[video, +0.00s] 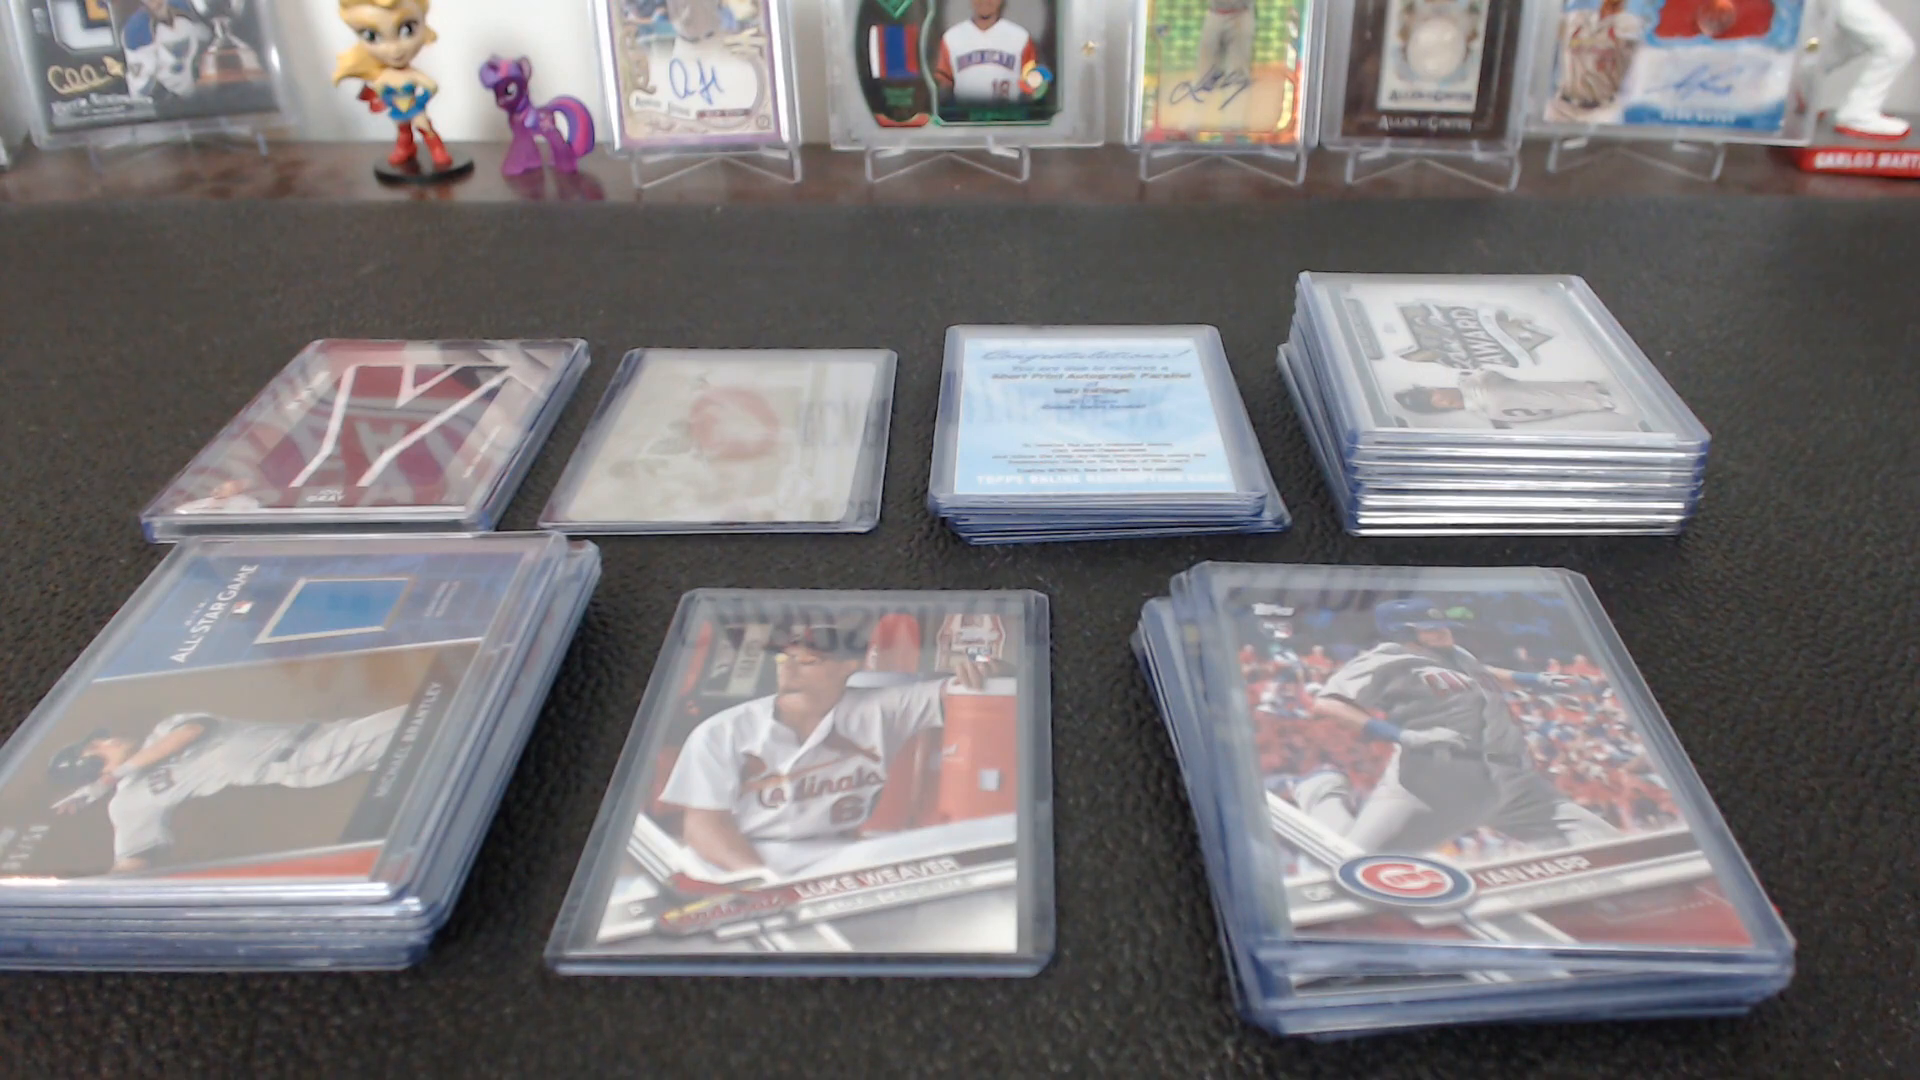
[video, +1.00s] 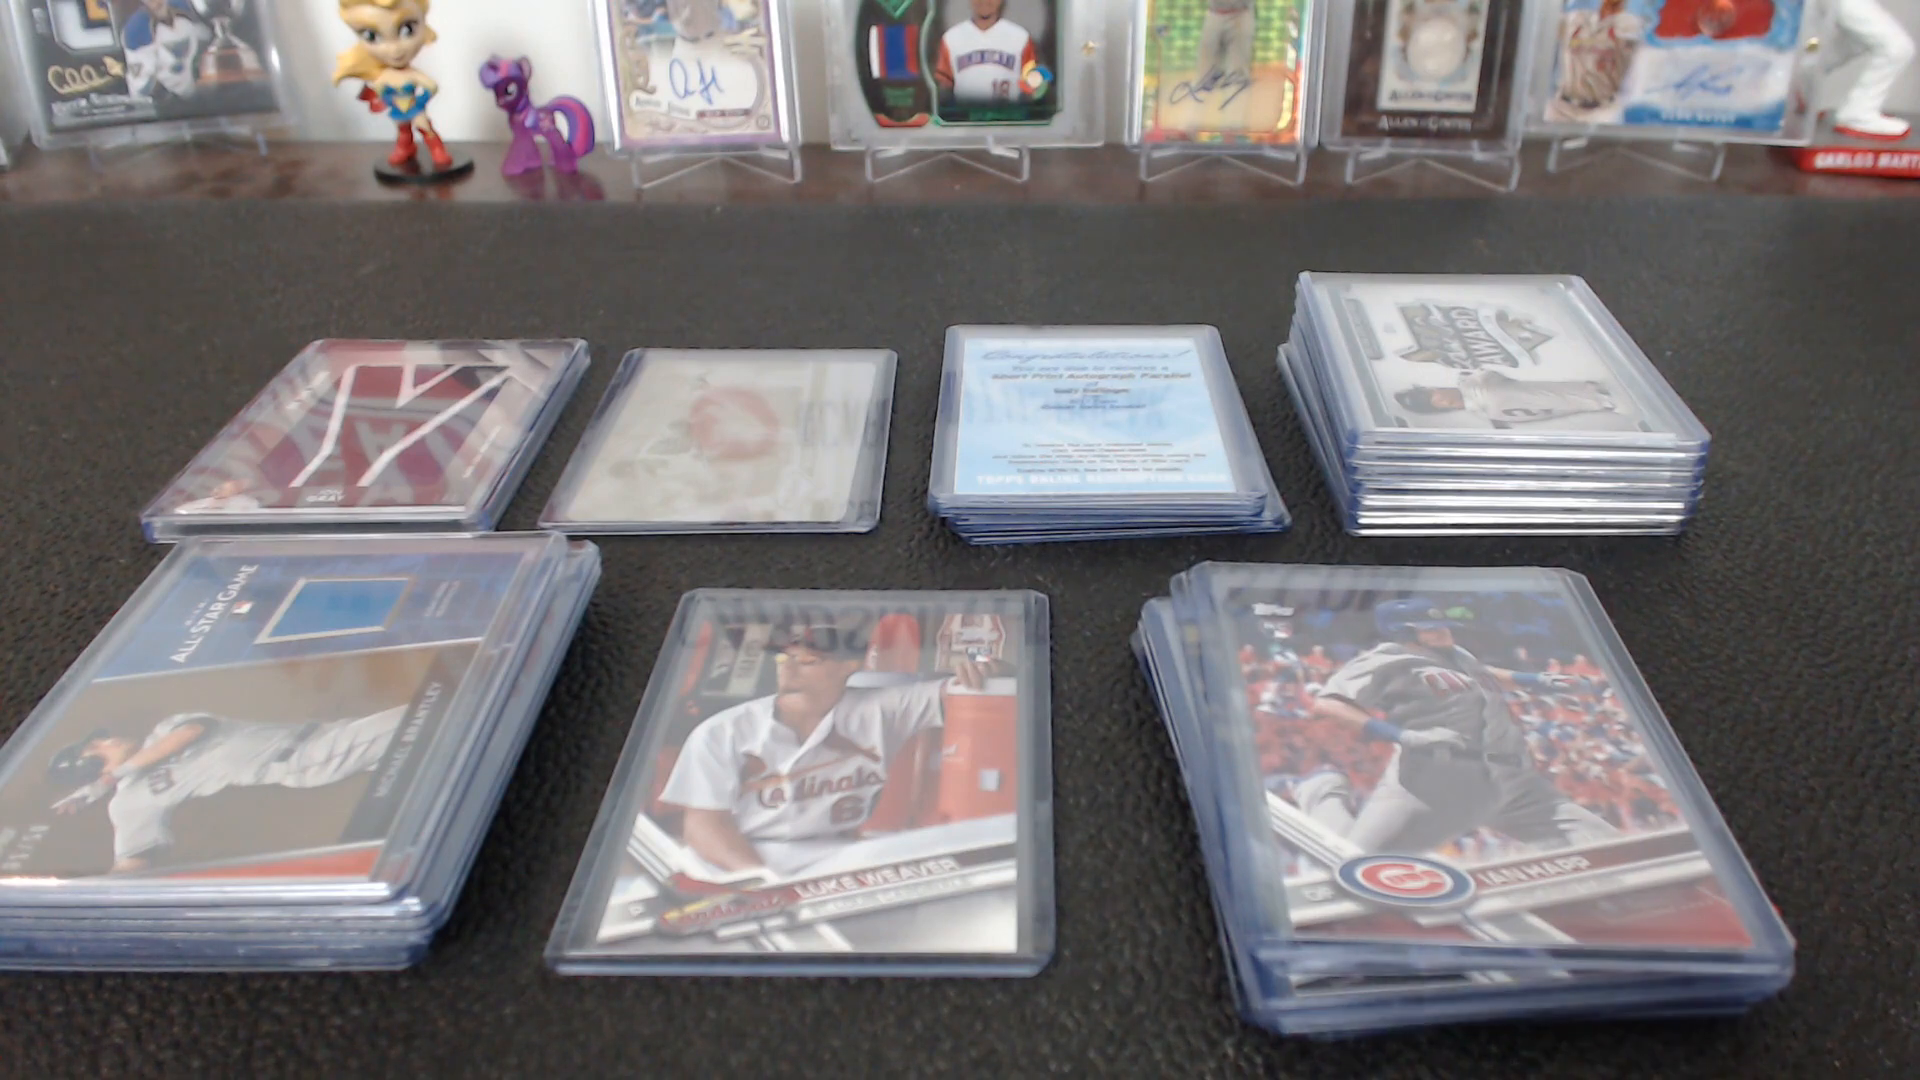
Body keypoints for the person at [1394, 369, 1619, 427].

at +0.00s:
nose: (1445, 400)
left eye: (1440, 395)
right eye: (1440, 403)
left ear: (1442, 388)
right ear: (1442, 407)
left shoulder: (1471, 380)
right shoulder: (1472, 408)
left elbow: (1497, 380)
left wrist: (1490, 399)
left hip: (1522, 390)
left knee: (1554, 395)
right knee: (1555, 404)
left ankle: (1593, 396)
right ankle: (1590, 398)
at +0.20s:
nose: (1445, 400)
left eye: (1440, 395)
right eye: (1440, 403)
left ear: (1442, 388)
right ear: (1442, 407)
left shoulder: (1471, 380)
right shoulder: (1472, 408)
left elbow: (1497, 380)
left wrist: (1489, 398)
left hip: (1522, 390)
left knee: (1554, 395)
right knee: (1555, 404)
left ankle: (1593, 395)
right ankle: (1590, 398)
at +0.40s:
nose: (1445, 400)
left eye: (1440, 395)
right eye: (1440, 403)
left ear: (1442, 388)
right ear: (1442, 407)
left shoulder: (1471, 380)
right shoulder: (1472, 408)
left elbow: (1497, 380)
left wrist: (1489, 398)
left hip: (1521, 390)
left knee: (1554, 395)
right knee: (1555, 404)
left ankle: (1592, 395)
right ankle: (1590, 398)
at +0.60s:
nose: (1445, 400)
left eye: (1440, 395)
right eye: (1440, 403)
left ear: (1442, 388)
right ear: (1441, 407)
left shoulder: (1471, 380)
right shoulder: (1472, 408)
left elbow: (1497, 380)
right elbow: (1495, 414)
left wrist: (1490, 399)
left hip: (1522, 390)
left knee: (1555, 395)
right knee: (1555, 404)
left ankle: (1593, 396)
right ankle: (1590, 398)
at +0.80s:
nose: (1445, 400)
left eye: (1440, 395)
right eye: (1440, 403)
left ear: (1442, 388)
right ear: (1441, 407)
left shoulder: (1471, 380)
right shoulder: (1472, 408)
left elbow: (1497, 380)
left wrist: (1490, 399)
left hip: (1523, 390)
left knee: (1554, 395)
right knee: (1555, 404)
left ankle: (1592, 395)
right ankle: (1591, 399)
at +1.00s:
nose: (1445, 400)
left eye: (1440, 395)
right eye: (1440, 403)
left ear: (1442, 388)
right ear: (1441, 407)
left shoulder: (1471, 380)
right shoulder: (1472, 407)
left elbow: (1496, 381)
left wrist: (1490, 400)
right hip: (1508, 410)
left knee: (1552, 396)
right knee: (1552, 404)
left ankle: (1593, 396)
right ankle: (1590, 399)